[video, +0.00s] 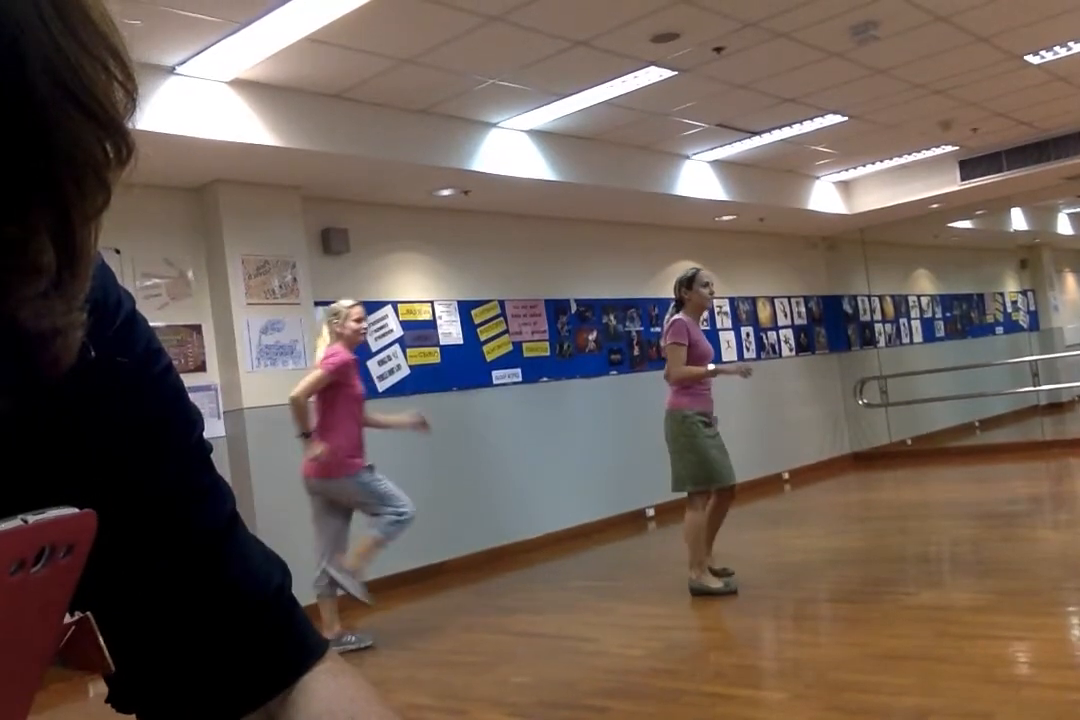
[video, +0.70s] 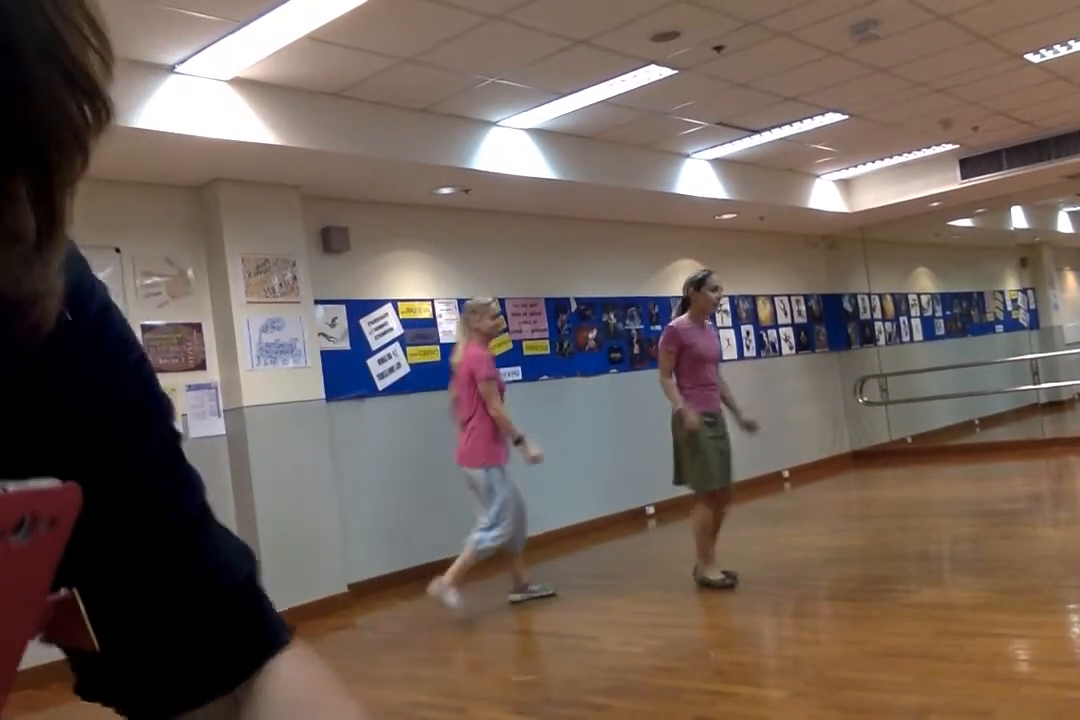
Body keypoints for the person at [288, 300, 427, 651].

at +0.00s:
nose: (364, 325)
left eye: (364, 319)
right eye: (357, 320)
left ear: (351, 326)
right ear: (338, 325)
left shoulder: (342, 360)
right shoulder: (340, 358)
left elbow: (359, 416)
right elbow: (298, 396)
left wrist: (406, 421)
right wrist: (307, 438)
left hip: (322, 469)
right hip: (341, 466)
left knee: (329, 553)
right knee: (400, 511)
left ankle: (333, 632)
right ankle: (351, 565)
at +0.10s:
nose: (380, 326)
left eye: (380, 320)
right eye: (374, 321)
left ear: (369, 327)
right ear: (355, 325)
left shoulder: (364, 361)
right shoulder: (360, 358)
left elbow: (383, 417)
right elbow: (317, 388)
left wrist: (411, 452)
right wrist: (343, 417)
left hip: (341, 470)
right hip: (364, 467)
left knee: (349, 546)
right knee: (408, 521)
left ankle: (335, 629)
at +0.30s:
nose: (424, 324)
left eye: (423, 319)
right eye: (419, 319)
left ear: (400, 322)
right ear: (401, 321)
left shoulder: (394, 352)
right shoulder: (401, 352)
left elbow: (396, 398)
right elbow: (393, 400)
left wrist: (424, 384)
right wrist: (427, 389)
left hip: (393, 461)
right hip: (407, 461)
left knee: (412, 539)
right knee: (430, 535)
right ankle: (432, 616)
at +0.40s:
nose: (444, 323)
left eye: (444, 317)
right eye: (439, 317)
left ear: (421, 321)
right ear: (421, 319)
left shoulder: (406, 354)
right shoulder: (423, 354)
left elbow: (399, 412)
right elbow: (440, 405)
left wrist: (398, 459)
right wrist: (472, 389)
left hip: (411, 457)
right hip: (428, 458)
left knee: (466, 510)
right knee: (440, 531)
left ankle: (420, 552)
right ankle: (433, 614)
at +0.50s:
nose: (462, 322)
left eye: (461, 316)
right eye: (457, 316)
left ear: (435, 319)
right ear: (438, 318)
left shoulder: (421, 353)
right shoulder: (443, 352)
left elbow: (402, 403)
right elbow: (471, 399)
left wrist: (411, 445)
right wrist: (510, 401)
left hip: (429, 454)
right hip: (447, 455)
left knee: (484, 496)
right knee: (446, 526)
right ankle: (433, 613)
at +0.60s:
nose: (480, 326)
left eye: (479, 320)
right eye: (475, 321)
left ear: (455, 325)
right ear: (458, 324)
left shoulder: (440, 358)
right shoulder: (467, 356)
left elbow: (415, 401)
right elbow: (495, 403)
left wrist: (435, 431)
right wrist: (532, 424)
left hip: (452, 453)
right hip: (469, 455)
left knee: (494, 518)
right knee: (461, 527)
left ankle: (515, 585)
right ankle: (435, 608)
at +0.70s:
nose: (498, 321)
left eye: (496, 316)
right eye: (491, 317)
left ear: (477, 323)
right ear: (474, 322)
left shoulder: (465, 355)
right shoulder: (480, 357)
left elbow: (455, 399)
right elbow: (494, 407)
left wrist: (470, 430)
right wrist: (522, 442)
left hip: (476, 455)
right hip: (483, 456)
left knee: (514, 513)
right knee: (502, 518)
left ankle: (521, 583)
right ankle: (447, 582)